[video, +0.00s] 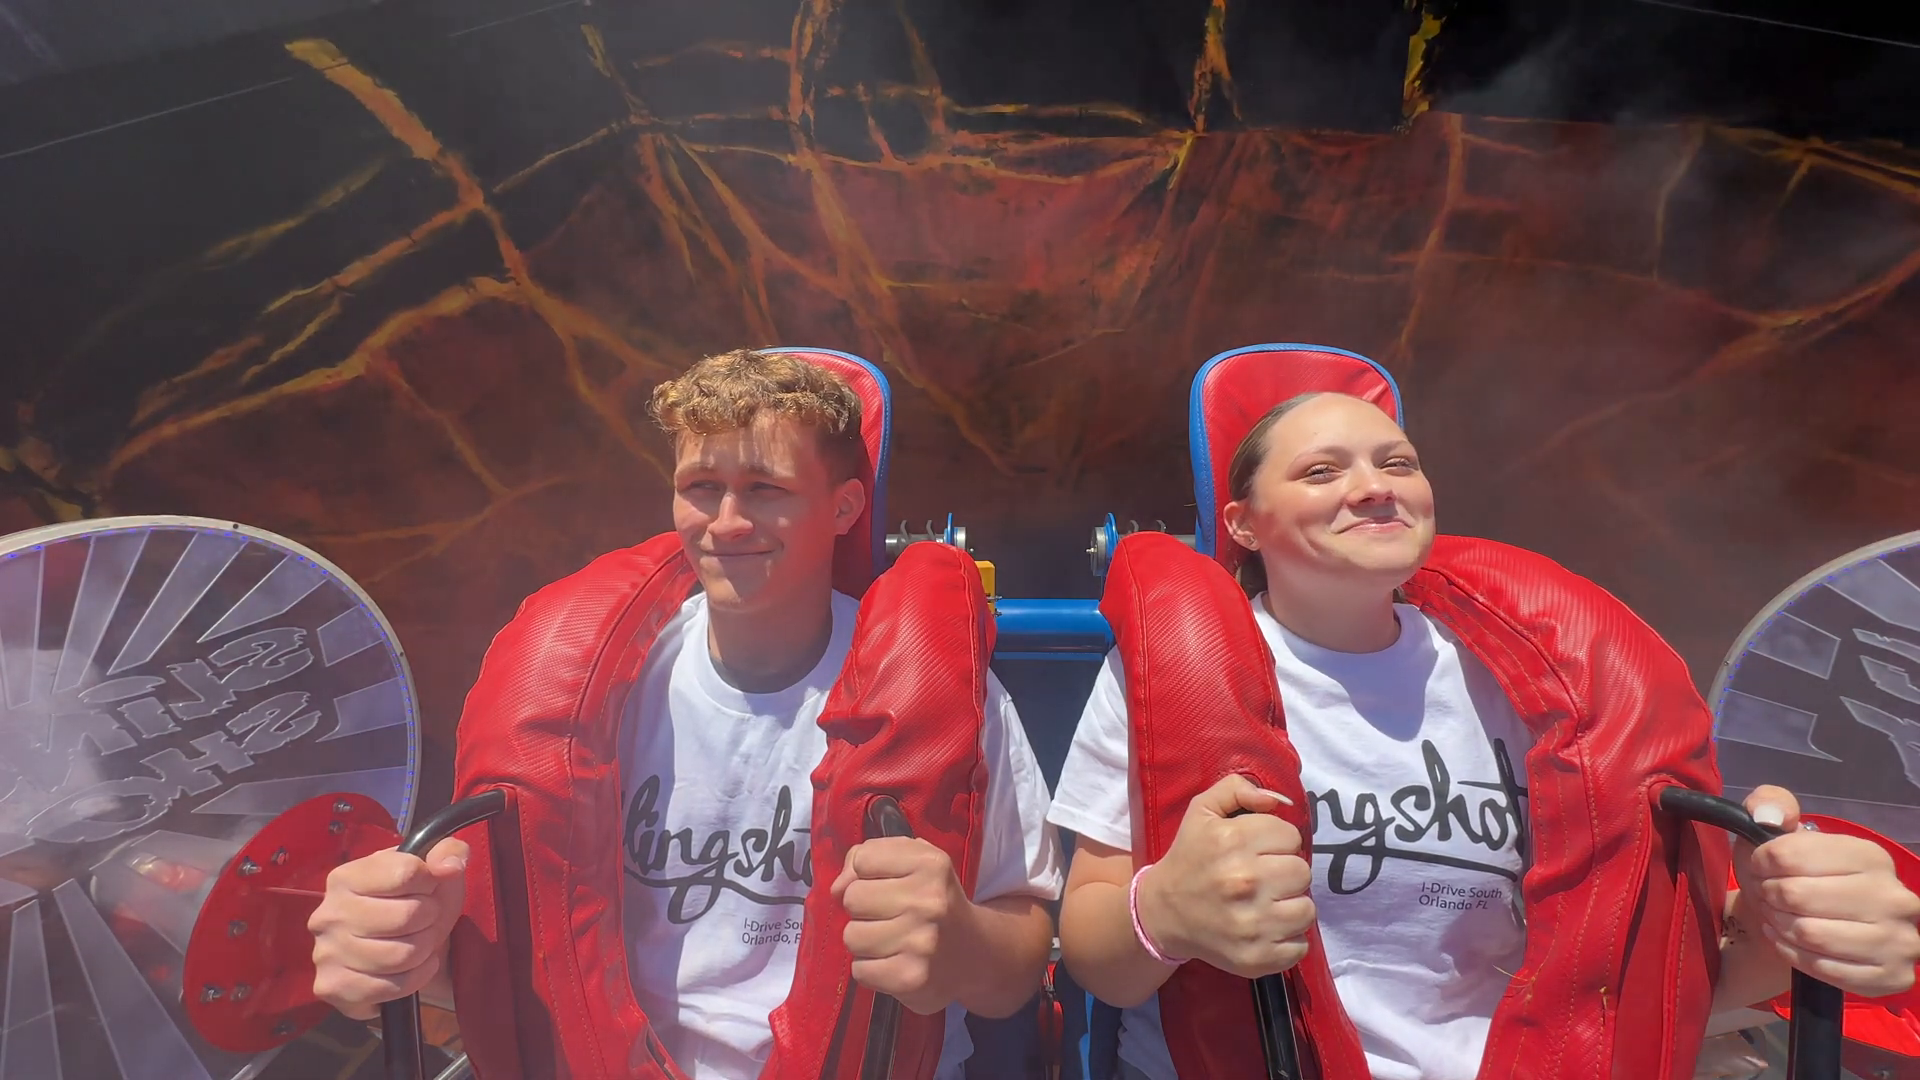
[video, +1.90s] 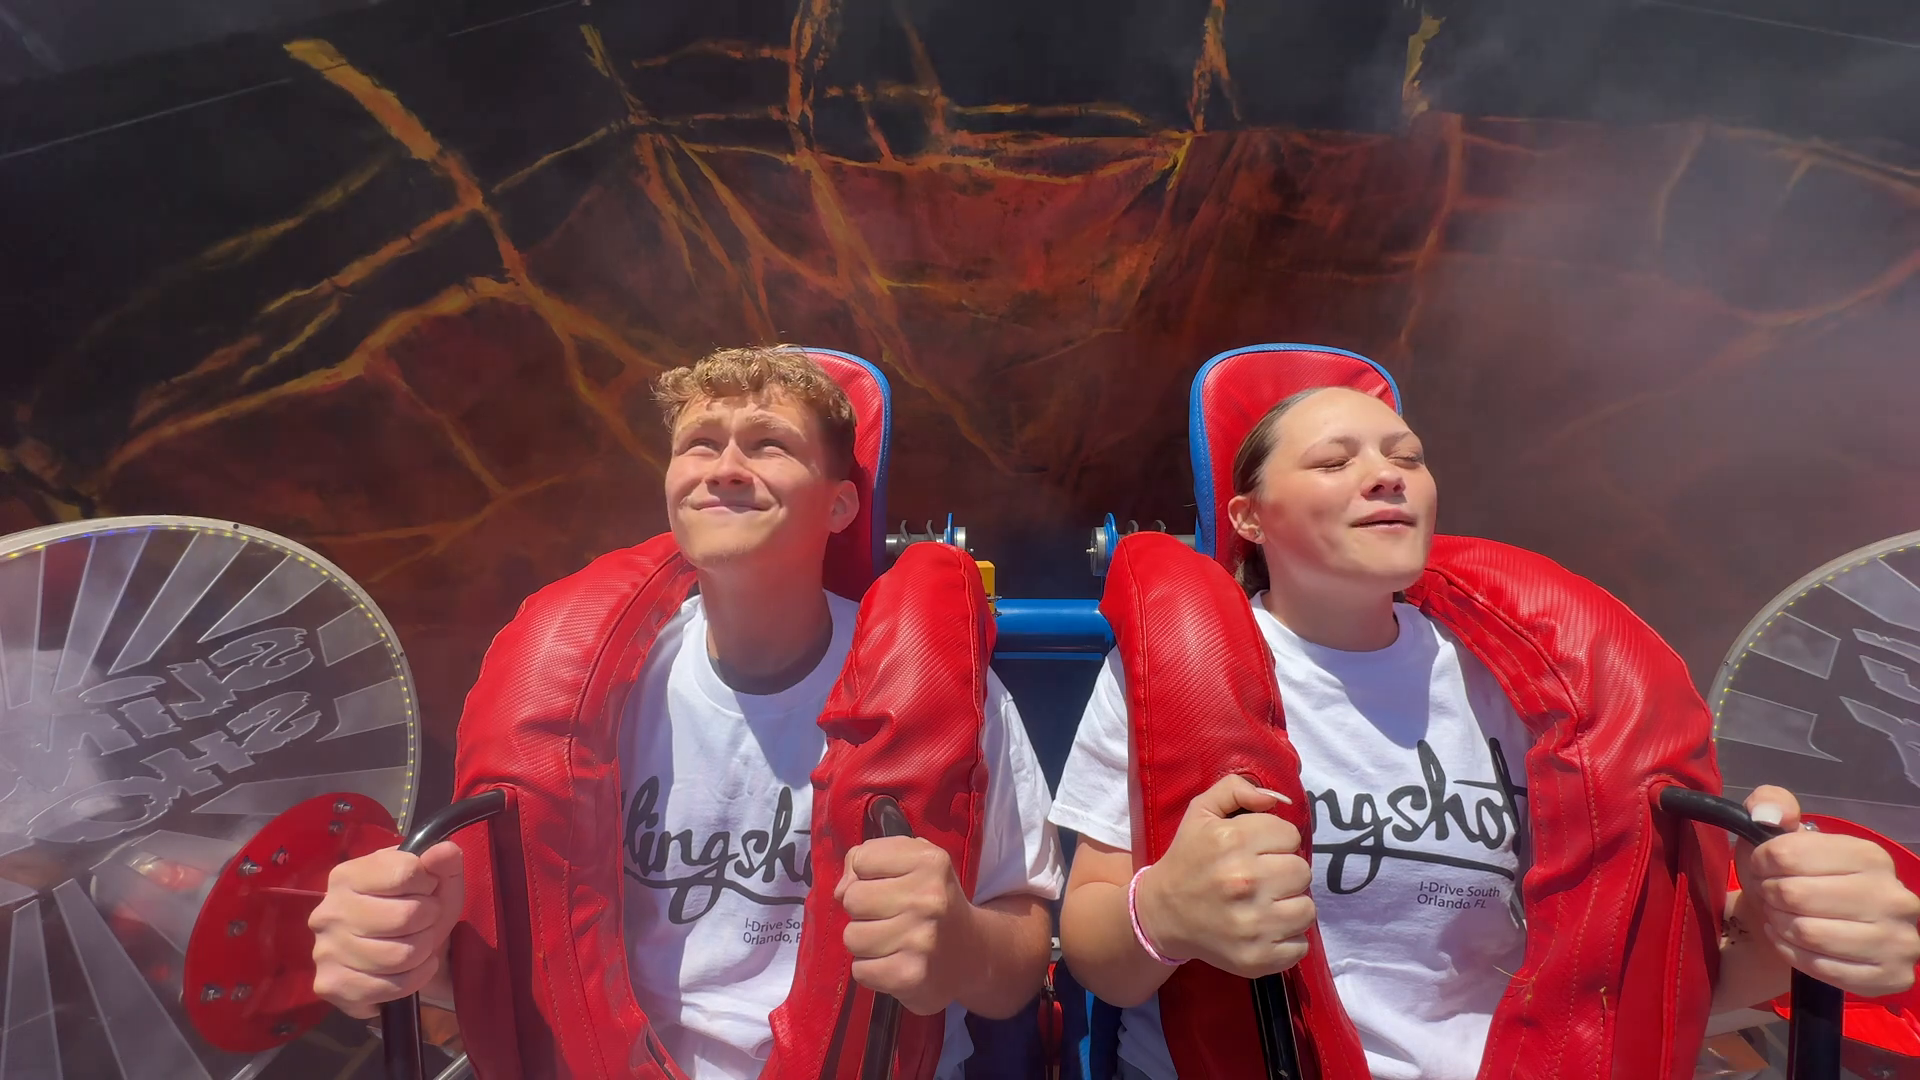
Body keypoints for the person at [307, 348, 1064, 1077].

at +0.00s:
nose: (727, 523)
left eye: (766, 491)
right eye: (702, 490)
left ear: (846, 507)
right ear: (673, 494)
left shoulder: (935, 688)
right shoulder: (586, 672)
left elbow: (1024, 959)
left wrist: (964, 948)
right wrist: (403, 943)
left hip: (837, 1063)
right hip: (614, 1058)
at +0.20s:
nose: (831, 522)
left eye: (850, 492)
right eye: (789, 487)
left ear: (873, 504)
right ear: (693, 499)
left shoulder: (937, 685)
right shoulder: (583, 671)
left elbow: (1024, 952)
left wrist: (965, 950)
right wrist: (411, 941)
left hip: (840, 1063)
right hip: (614, 1059)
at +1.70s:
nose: (737, 495)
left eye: (778, 465)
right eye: (710, 463)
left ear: (845, 500)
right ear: (674, 488)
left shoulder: (937, 688)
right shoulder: (582, 674)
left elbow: (1025, 960)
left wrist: (965, 949)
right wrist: (411, 947)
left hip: (841, 1063)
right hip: (617, 1058)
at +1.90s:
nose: (724, 463)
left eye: (770, 445)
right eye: (701, 443)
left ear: (841, 502)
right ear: (666, 490)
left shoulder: (938, 688)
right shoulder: (577, 678)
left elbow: (1025, 959)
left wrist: (964, 949)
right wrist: (411, 948)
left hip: (844, 1063)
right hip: (618, 1059)